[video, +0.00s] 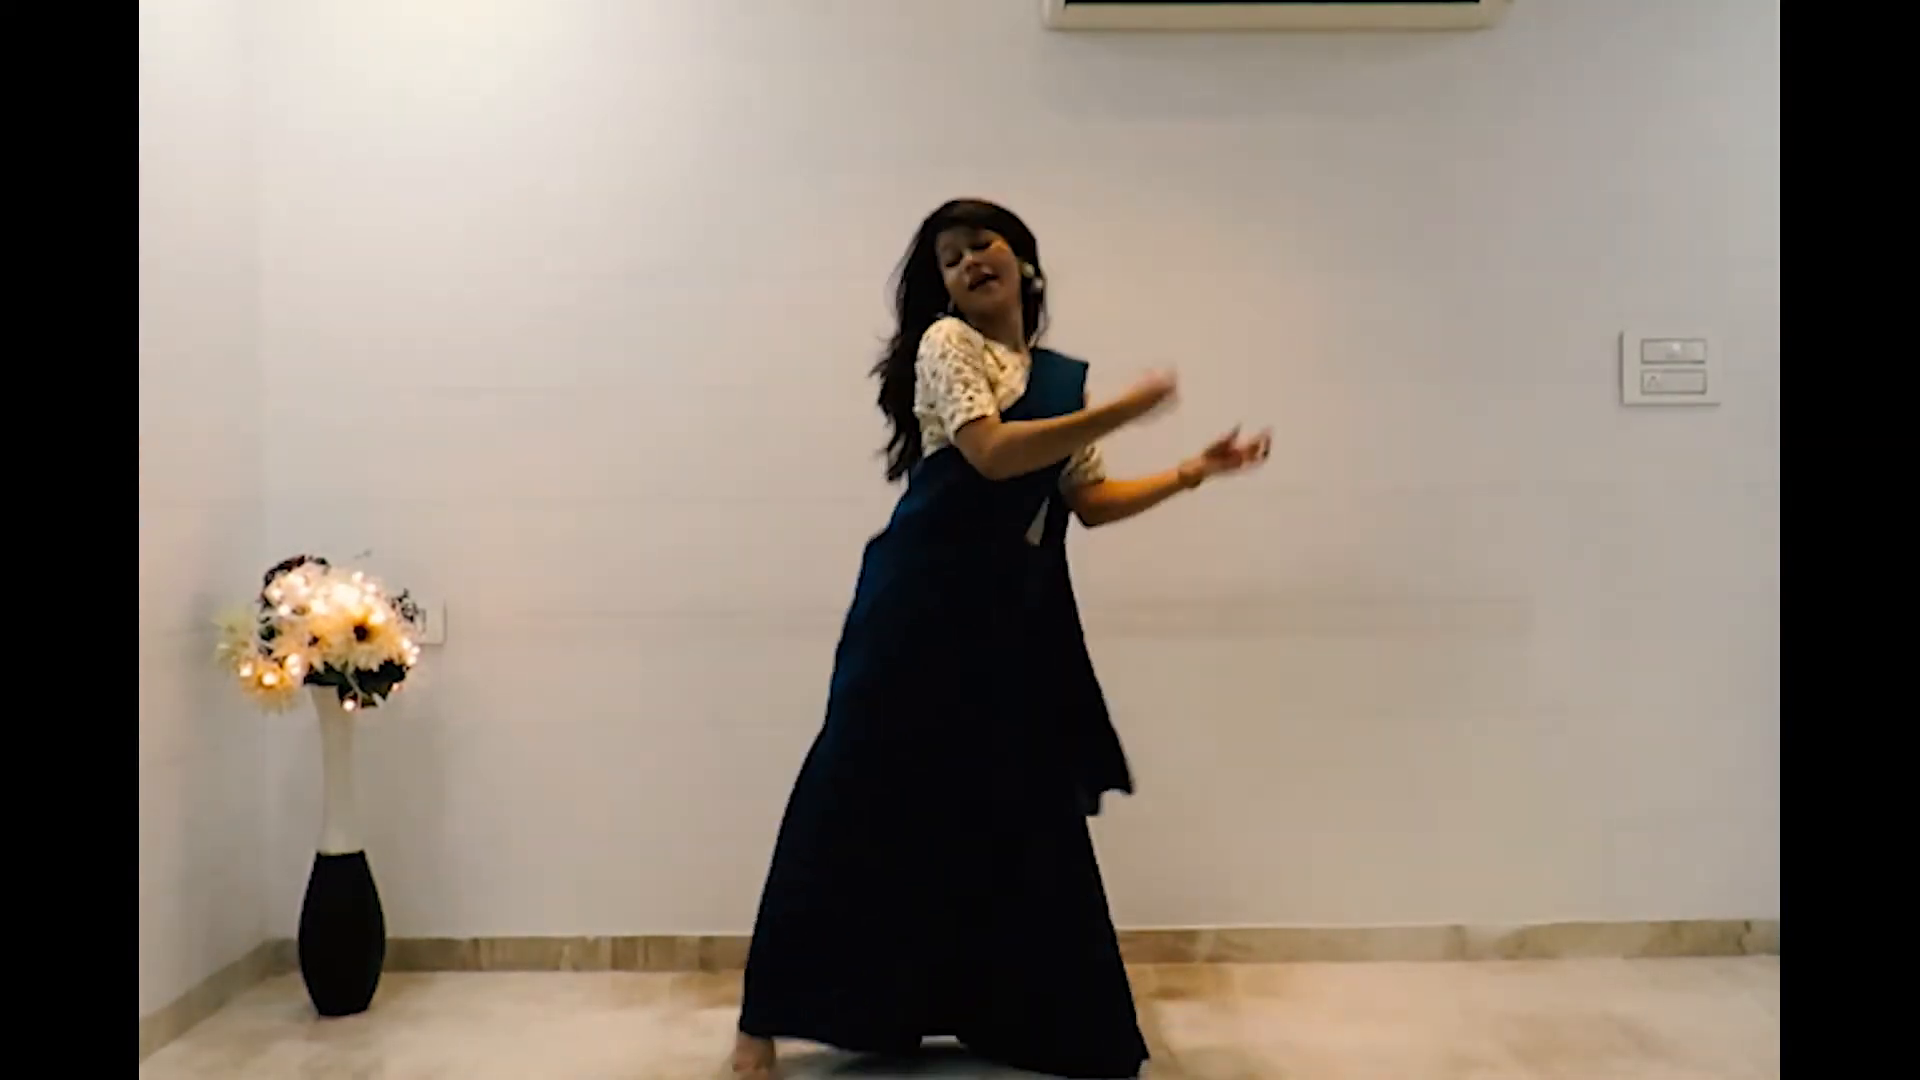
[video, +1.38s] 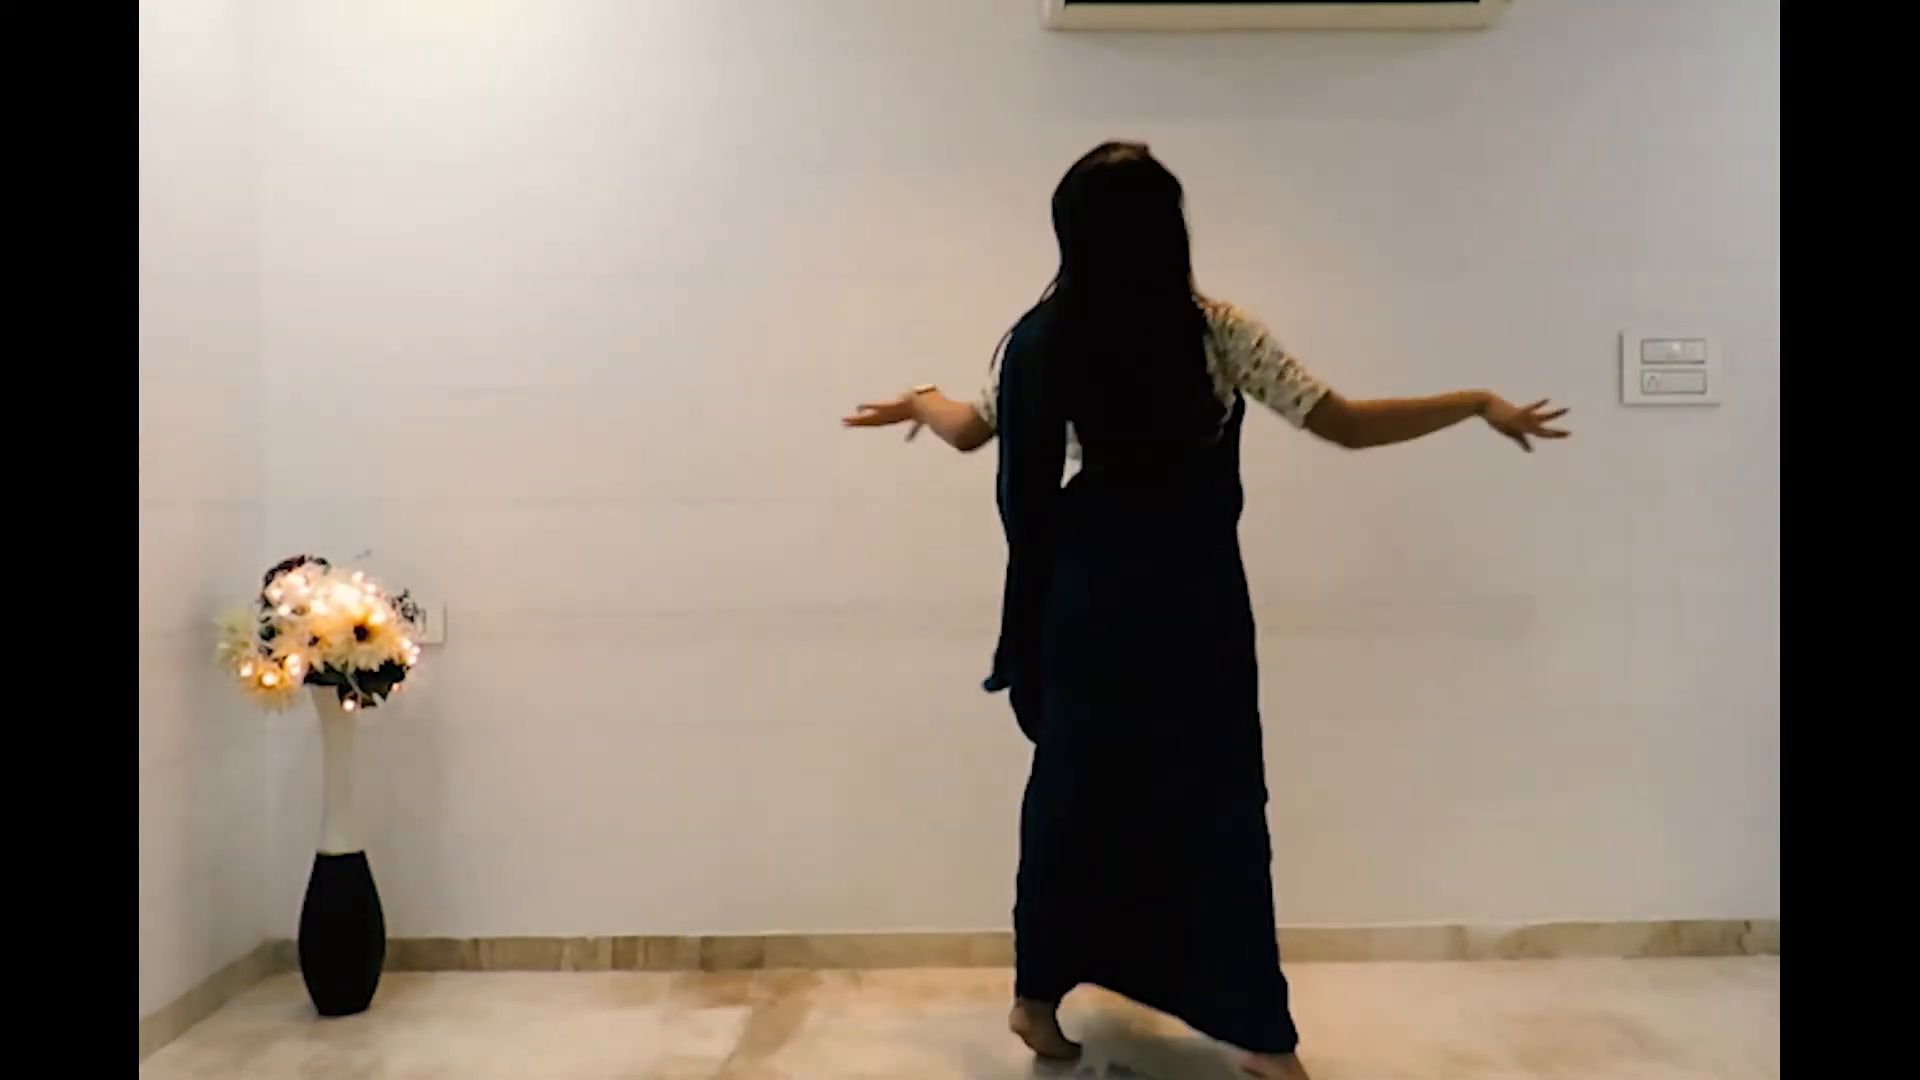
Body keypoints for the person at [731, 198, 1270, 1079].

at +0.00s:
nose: (972, 260)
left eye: (985, 244)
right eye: (954, 256)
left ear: (1025, 263)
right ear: (940, 286)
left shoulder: (1063, 377)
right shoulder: (943, 344)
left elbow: (1090, 502)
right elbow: (993, 451)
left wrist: (1192, 471)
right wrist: (1122, 409)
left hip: (1015, 609)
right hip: (918, 604)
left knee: (1030, 805)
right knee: (848, 799)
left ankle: (1063, 1023)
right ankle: (759, 1025)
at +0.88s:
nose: (1038, 278)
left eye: (1047, 270)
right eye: (1015, 266)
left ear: (1056, 304)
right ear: (972, 299)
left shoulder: (1047, 399)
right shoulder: (966, 391)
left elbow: (1097, 517)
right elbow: (1047, 497)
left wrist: (1156, 435)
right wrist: (1079, 379)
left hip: (1033, 633)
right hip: (962, 630)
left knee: (1086, 831)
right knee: (912, 822)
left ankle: (1066, 1023)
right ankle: (767, 1014)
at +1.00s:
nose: (1080, 230)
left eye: (1069, 218)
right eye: (1061, 223)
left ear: (1031, 262)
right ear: (1029, 258)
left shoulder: (1055, 331)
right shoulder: (1034, 336)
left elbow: (1136, 379)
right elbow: (1148, 382)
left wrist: (1130, 315)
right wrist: (1127, 309)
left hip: (1053, 597)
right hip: (1015, 597)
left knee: (1072, 790)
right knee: (1029, 796)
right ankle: (894, 970)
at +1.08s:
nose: (1102, 229)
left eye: (1088, 218)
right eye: (1086, 226)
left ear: (1041, 276)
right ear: (1069, 257)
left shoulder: (1039, 346)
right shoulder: (1089, 341)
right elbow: (1194, 416)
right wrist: (1214, 339)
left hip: (1026, 612)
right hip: (1066, 623)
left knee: (1042, 801)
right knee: (1142, 803)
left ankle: (1014, 998)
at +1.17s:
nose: (1129, 261)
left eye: (1118, 250)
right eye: (1115, 256)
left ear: (1051, 305)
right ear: (1094, 290)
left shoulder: (1026, 390)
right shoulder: (1134, 384)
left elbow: (983, 484)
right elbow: (1231, 495)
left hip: (1040, 664)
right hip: (1115, 673)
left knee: (1048, 831)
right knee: (1207, 827)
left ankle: (1019, 1014)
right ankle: (1176, 1020)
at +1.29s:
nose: (1156, 293)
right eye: (1153, 278)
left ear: (1061, 291)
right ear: (1156, 285)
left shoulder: (1050, 386)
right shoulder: (1198, 380)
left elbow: (971, 479)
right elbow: (1295, 484)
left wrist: (1035, 404)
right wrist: (1385, 416)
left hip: (1075, 639)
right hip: (1176, 641)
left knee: (1087, 820)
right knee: (1226, 826)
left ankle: (1024, 1013)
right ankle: (1234, 1032)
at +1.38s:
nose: (1175, 227)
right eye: (1170, 211)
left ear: (1071, 238)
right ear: (1172, 230)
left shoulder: (1038, 343)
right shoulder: (1216, 333)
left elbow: (969, 427)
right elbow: (1345, 421)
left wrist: (922, 399)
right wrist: (1477, 403)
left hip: (1084, 632)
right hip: (1199, 631)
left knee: (1067, 803)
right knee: (1222, 823)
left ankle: (1035, 1003)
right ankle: (1262, 1039)